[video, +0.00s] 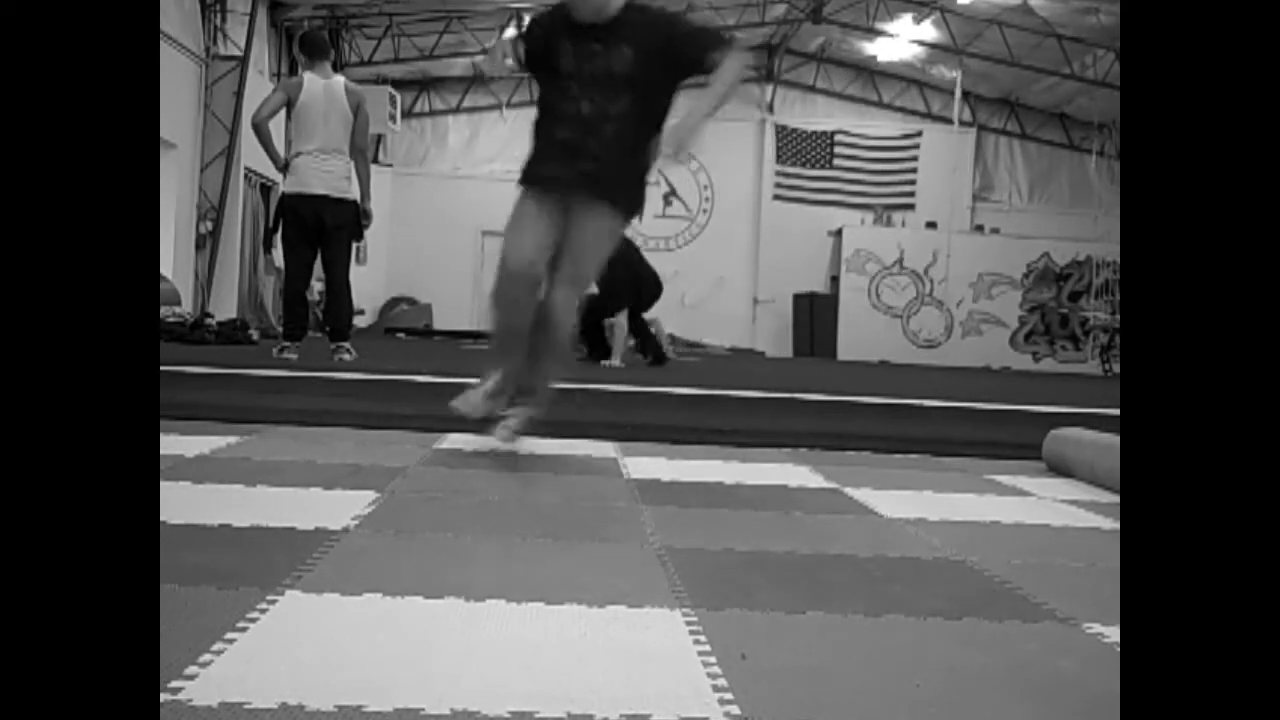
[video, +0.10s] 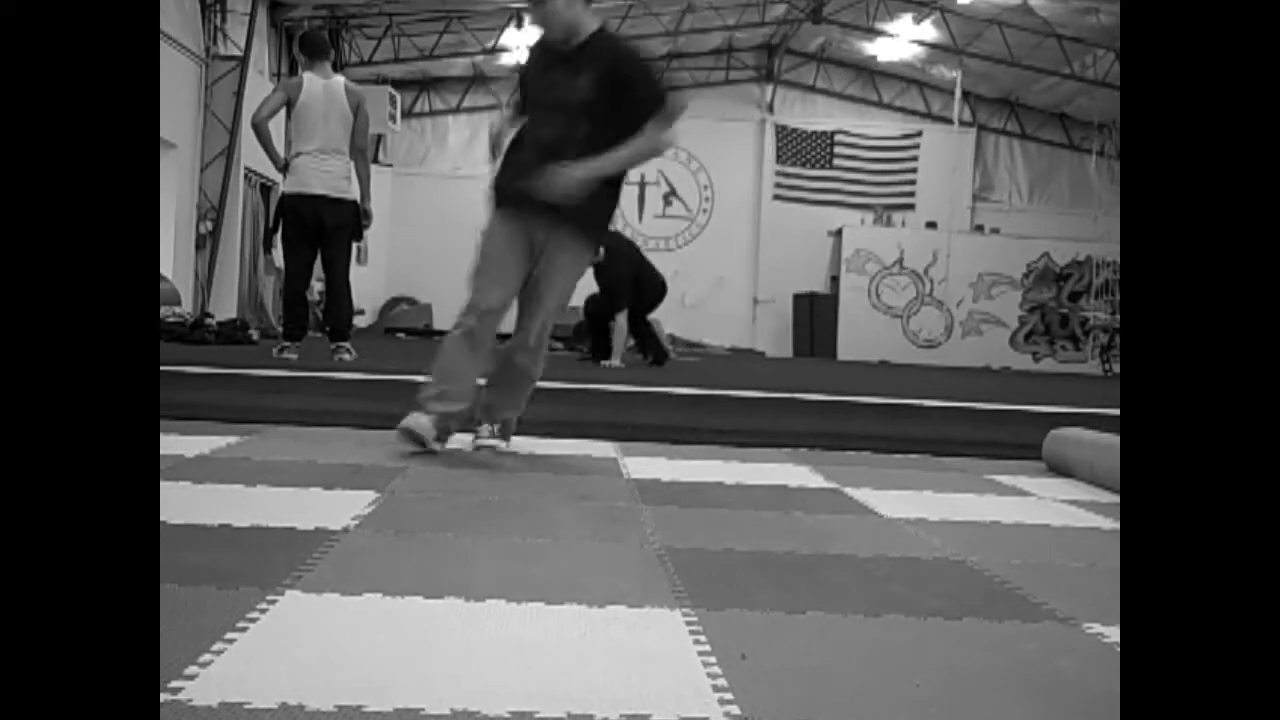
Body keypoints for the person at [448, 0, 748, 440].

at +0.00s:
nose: (579, 8)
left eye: (587, 4)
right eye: (574, 5)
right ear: (568, 0)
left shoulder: (655, 28)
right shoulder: (552, 26)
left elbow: (734, 59)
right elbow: (507, 59)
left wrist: (687, 128)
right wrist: (495, 60)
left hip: (610, 183)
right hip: (548, 174)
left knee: (562, 294)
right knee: (515, 269)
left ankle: (530, 405)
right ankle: (505, 374)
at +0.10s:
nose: (536, 18)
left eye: (542, 7)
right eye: (534, 10)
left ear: (577, 5)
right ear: (546, 10)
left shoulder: (621, 60)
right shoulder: (542, 53)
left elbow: (660, 134)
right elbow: (522, 106)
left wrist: (586, 170)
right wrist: (501, 131)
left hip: (576, 218)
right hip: (518, 202)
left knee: (534, 328)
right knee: (483, 307)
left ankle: (497, 421)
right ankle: (437, 413)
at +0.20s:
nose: (511, 24)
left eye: (515, 12)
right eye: (508, 15)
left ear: (545, 4)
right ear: (527, 10)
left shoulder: (592, 55)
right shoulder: (527, 53)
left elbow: (583, 141)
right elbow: (530, 136)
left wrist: (510, 109)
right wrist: (497, 185)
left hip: (562, 211)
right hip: (509, 197)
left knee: (518, 316)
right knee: (466, 292)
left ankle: (509, 412)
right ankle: (455, 409)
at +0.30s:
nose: (487, 24)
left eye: (493, 11)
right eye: (485, 15)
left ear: (526, 6)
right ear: (518, 11)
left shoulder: (565, 53)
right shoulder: (518, 61)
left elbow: (513, 113)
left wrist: (457, 62)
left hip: (554, 212)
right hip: (501, 205)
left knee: (490, 296)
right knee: (453, 299)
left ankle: (560, 392)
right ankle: (480, 427)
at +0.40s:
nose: (478, 21)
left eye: (480, 9)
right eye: (475, 13)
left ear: (512, 2)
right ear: (516, 5)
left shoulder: (546, 43)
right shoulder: (527, 52)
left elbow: (505, 111)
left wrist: (435, 120)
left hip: (545, 204)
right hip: (506, 203)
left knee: (483, 299)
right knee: (462, 306)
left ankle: (557, 403)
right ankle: (482, 426)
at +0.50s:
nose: (486, 11)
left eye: (485, 5)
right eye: (485, 6)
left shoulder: (535, 22)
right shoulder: (548, 23)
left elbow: (538, 108)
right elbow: (539, 110)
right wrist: (474, 120)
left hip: (544, 193)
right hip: (559, 195)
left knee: (479, 288)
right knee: (488, 288)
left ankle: (492, 413)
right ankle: (514, 401)